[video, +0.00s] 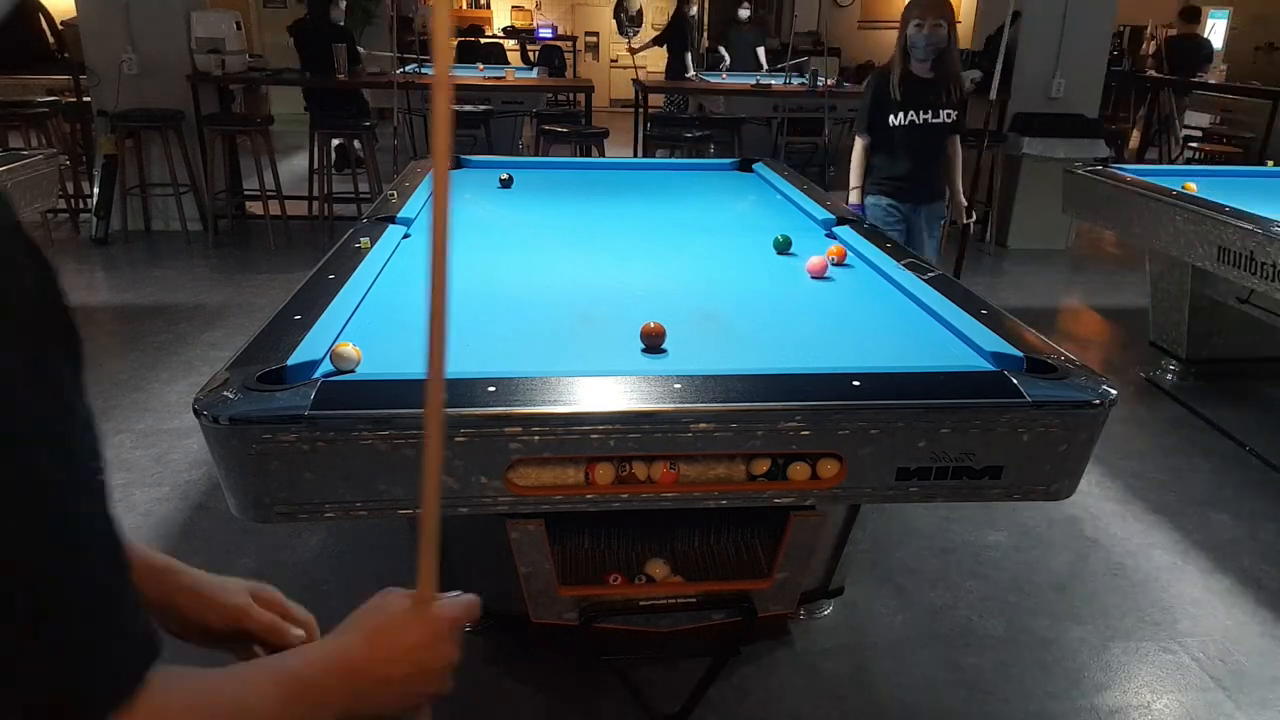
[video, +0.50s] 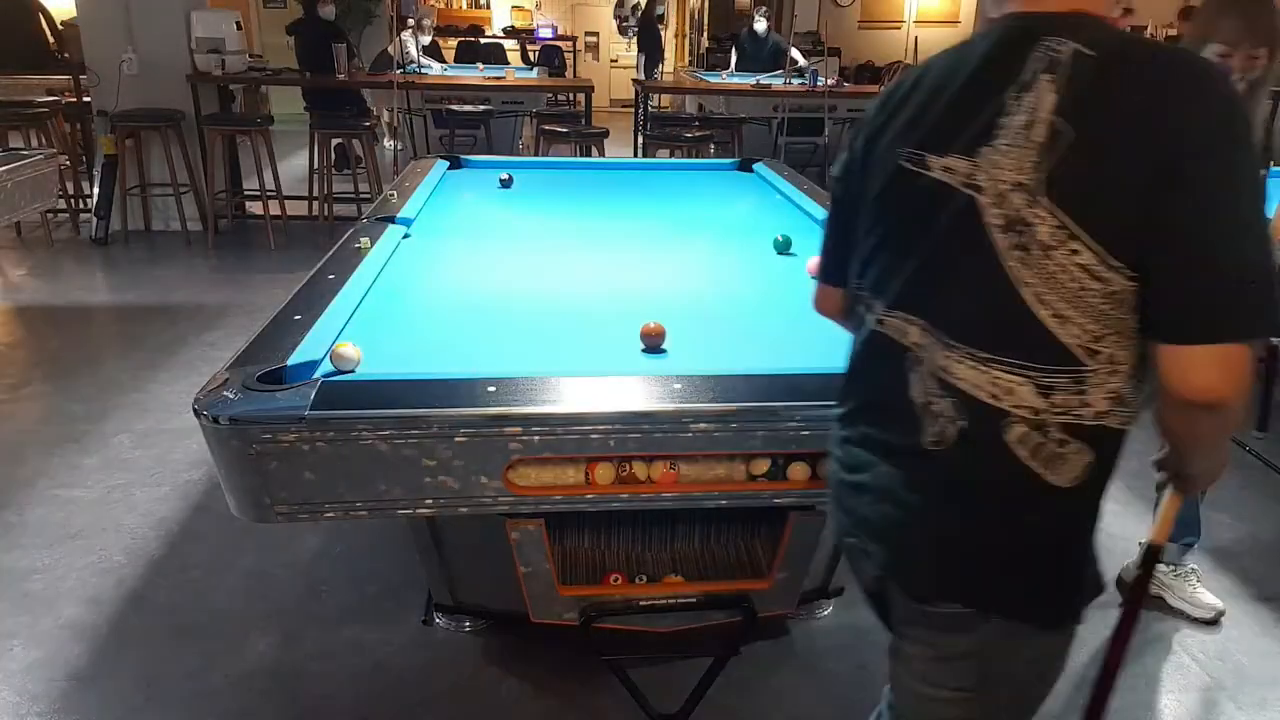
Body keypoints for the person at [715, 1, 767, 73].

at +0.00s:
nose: (745, 13)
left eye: (747, 9)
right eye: (742, 9)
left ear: (750, 11)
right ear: (737, 11)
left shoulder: (755, 27)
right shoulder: (729, 26)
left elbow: (759, 47)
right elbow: (720, 46)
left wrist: (764, 65)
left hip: (751, 70)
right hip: (733, 71)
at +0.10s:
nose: (747, 14)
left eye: (750, 11)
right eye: (744, 11)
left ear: (753, 13)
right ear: (739, 11)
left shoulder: (756, 27)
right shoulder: (731, 26)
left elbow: (761, 48)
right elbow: (724, 47)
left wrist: (765, 66)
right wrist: (729, 65)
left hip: (753, 69)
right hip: (735, 70)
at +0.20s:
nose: (749, 14)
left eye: (752, 11)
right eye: (747, 11)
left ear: (757, 13)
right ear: (742, 12)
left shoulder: (764, 28)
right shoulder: (735, 27)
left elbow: (771, 46)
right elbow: (728, 47)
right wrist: (731, 65)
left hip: (761, 72)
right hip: (740, 73)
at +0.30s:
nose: (750, 19)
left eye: (754, 16)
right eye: (748, 16)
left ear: (761, 18)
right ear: (746, 17)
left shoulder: (767, 33)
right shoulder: (738, 29)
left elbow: (780, 47)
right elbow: (731, 49)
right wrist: (731, 66)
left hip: (760, 74)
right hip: (740, 74)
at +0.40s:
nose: (759, 28)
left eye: (762, 25)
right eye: (757, 25)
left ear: (770, 26)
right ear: (754, 25)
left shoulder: (775, 40)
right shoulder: (746, 35)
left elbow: (790, 52)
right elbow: (736, 49)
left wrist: (805, 63)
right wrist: (731, 67)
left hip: (767, 77)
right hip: (744, 75)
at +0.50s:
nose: (757, 24)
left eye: (760, 21)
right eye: (755, 21)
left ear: (768, 23)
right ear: (752, 22)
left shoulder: (774, 38)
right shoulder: (745, 34)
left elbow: (789, 49)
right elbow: (735, 49)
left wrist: (801, 60)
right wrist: (732, 67)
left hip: (767, 79)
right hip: (743, 77)